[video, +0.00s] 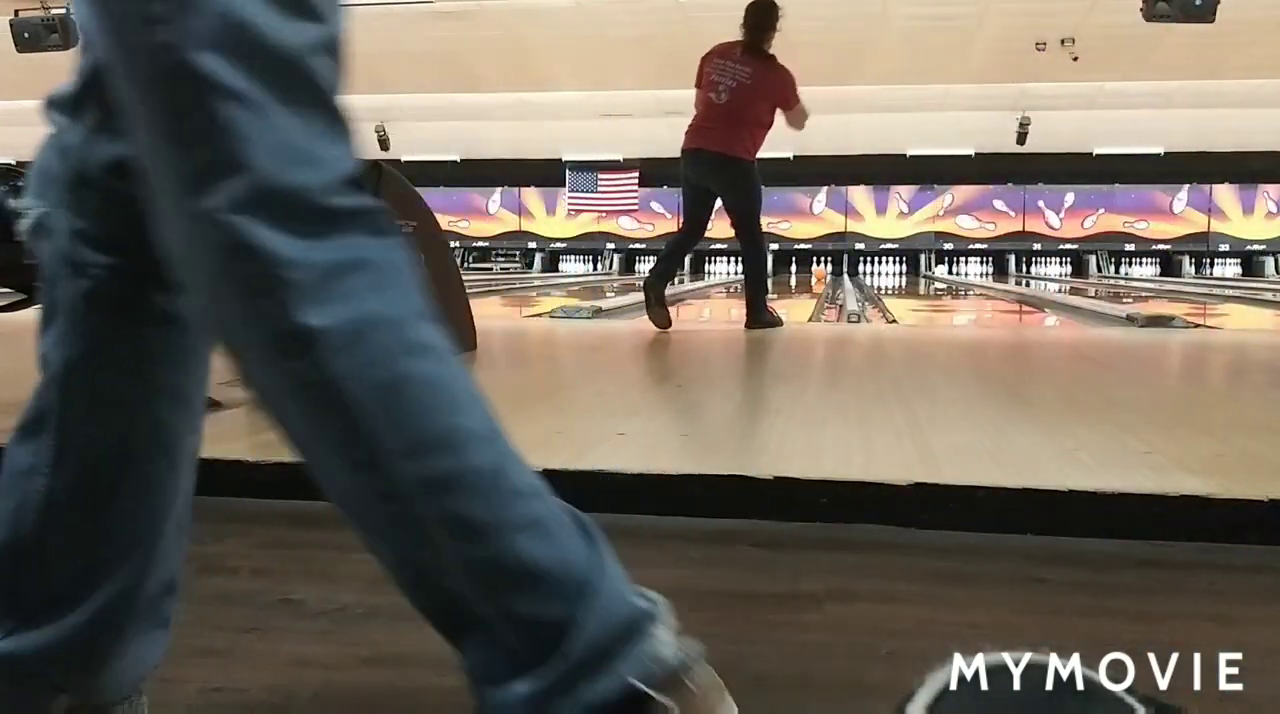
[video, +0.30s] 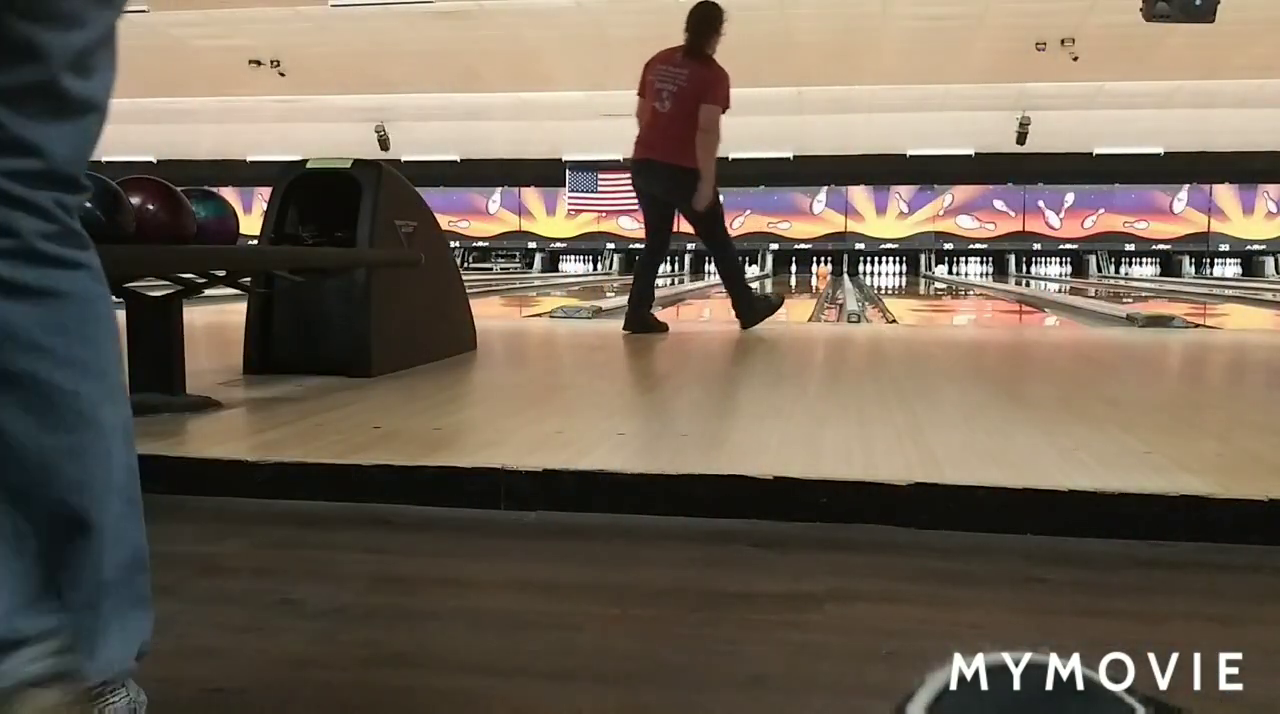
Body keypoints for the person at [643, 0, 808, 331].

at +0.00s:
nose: (773, 31)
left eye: (769, 24)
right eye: (774, 25)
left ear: (744, 24)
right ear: (773, 29)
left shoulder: (715, 54)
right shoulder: (776, 73)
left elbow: (701, 102)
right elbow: (797, 121)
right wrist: (795, 102)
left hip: (694, 154)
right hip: (734, 162)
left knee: (691, 229)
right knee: (750, 236)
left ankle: (655, 284)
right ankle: (757, 311)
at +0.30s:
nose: (720, 35)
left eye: (719, 29)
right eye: (720, 30)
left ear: (688, 27)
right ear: (716, 32)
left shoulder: (657, 61)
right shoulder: (713, 74)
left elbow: (643, 114)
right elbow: (707, 129)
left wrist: (656, 146)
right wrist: (708, 180)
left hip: (645, 166)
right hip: (683, 171)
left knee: (656, 243)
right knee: (719, 241)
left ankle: (637, 313)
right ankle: (747, 305)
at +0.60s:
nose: (670, 17)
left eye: (670, 11)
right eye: (670, 11)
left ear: (637, 9)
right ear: (665, 13)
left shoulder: (606, 41)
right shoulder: (663, 53)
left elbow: (585, 93)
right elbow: (659, 108)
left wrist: (575, 139)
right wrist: (660, 160)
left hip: (602, 150)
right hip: (636, 153)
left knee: (626, 231)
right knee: (651, 232)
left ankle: (636, 311)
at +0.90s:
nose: (620, 19)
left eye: (620, 12)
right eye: (619, 12)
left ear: (585, 10)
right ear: (611, 15)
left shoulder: (557, 44)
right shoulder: (604, 59)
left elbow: (550, 102)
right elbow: (610, 125)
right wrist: (637, 144)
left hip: (550, 156)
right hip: (574, 162)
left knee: (597, 238)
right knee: (559, 244)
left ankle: (629, 311)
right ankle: (495, 309)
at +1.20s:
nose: (568, 9)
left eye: (567, 4)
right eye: (565, 4)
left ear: (537, 6)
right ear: (555, 7)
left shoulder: (527, 39)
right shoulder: (528, 43)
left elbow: (512, 107)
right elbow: (510, 107)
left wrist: (548, 142)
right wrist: (549, 139)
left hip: (538, 161)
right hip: (523, 162)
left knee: (579, 231)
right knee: (540, 244)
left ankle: (600, 311)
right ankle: (485, 315)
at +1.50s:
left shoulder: (538, 19)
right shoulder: (488, 16)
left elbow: (560, 78)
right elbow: (501, 79)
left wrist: (588, 55)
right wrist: (552, 62)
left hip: (528, 141)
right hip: (488, 140)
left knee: (542, 226)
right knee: (499, 227)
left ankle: (532, 305)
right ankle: (483, 315)